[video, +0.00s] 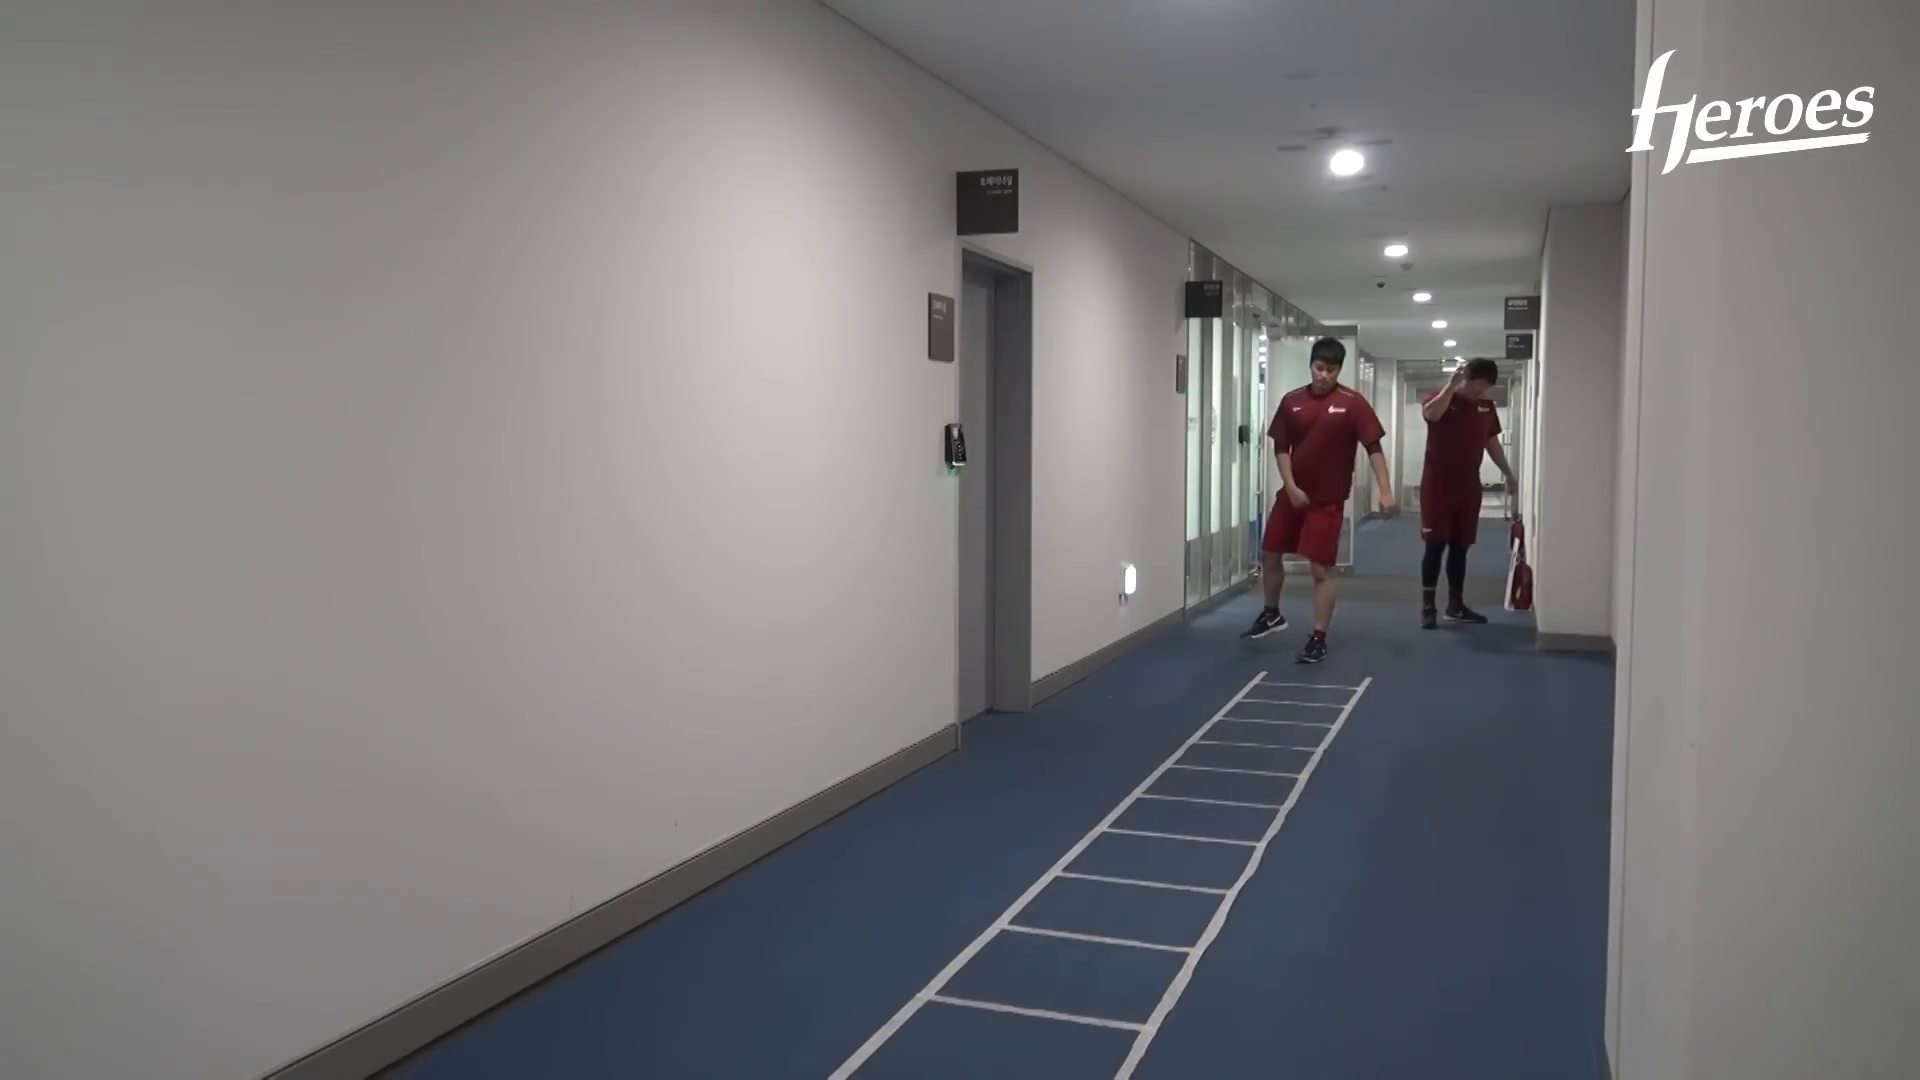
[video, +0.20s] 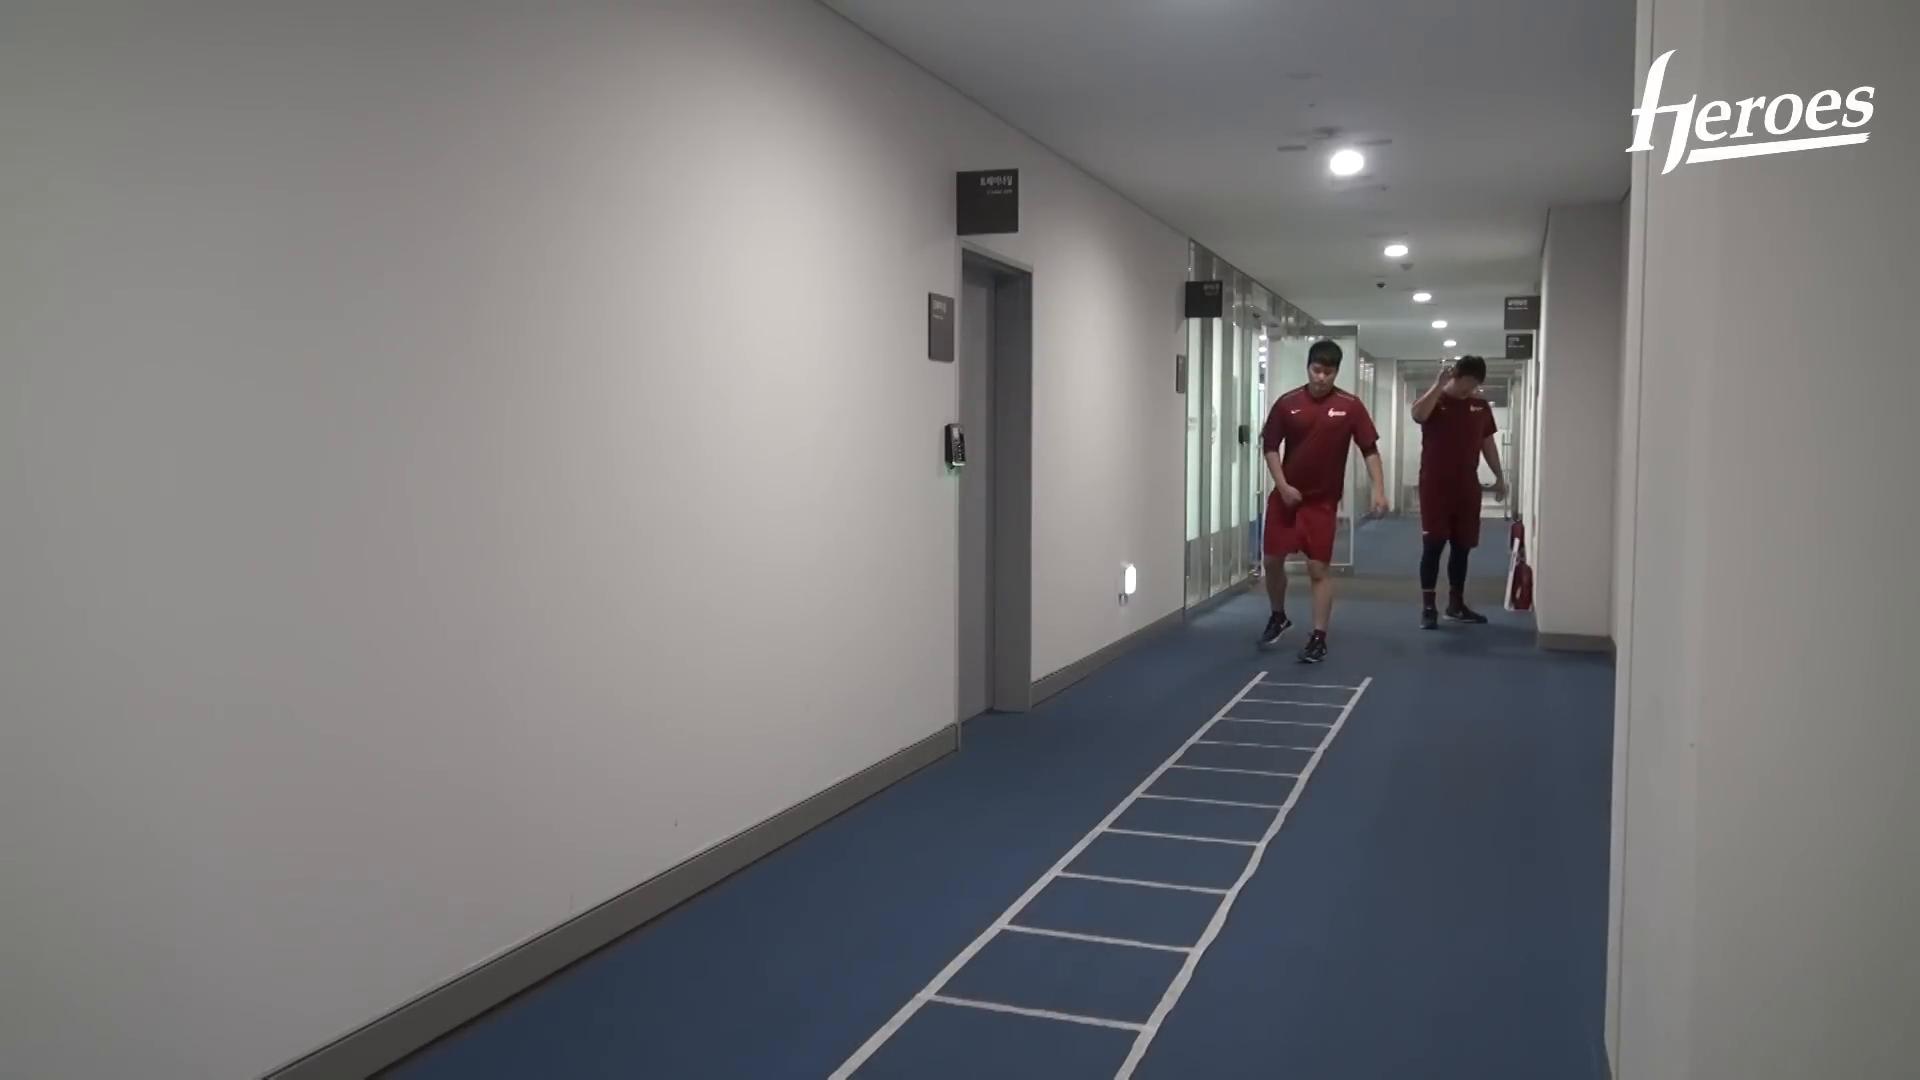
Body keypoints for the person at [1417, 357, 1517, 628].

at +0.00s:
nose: (1484, 392)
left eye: (1487, 388)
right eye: (1482, 386)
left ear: (1487, 386)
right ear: (1469, 378)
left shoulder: (1485, 406)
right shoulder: (1437, 397)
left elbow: (1492, 444)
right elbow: (1432, 415)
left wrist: (1508, 473)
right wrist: (1452, 387)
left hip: (1468, 486)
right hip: (1437, 485)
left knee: (1460, 547)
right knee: (1435, 545)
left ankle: (1455, 605)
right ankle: (1429, 607)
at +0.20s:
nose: (1471, 390)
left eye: (1475, 386)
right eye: (1469, 383)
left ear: (1478, 384)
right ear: (1457, 376)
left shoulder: (1479, 406)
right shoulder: (1432, 400)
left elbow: (1487, 444)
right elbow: (1418, 415)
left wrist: (1499, 476)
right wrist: (1439, 385)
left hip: (1467, 486)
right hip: (1435, 486)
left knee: (1462, 546)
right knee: (1434, 543)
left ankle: (1456, 605)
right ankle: (1429, 607)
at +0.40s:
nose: (1457, 388)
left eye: (1462, 384)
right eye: (1455, 382)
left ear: (1466, 382)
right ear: (1442, 376)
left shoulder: (1470, 404)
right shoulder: (1420, 401)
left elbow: (1480, 442)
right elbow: (1405, 414)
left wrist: (1490, 475)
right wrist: (1424, 384)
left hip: (1461, 485)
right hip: (1427, 486)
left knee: (1470, 544)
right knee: (1427, 544)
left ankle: (1459, 599)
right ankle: (1428, 607)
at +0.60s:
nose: (1449, 387)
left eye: (1454, 382)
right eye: (1446, 381)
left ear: (1458, 381)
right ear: (1434, 375)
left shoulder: (1463, 403)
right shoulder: (1413, 401)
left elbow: (1474, 441)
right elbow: (1395, 412)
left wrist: (1484, 475)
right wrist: (1416, 384)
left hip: (1458, 486)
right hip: (1423, 487)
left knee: (1472, 545)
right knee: (1425, 547)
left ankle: (1463, 599)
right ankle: (1428, 607)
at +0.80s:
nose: (1443, 386)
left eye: (1448, 382)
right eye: (1440, 381)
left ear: (1453, 380)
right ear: (1428, 375)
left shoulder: (1462, 403)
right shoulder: (1409, 402)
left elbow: (1474, 440)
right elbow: (1387, 411)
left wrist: (1484, 476)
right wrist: (1410, 384)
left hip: (1456, 488)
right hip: (1421, 489)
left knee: (1461, 549)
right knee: (1425, 549)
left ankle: (1462, 612)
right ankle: (1428, 610)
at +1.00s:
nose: (1437, 387)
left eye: (1442, 383)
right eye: (1434, 382)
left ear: (1452, 381)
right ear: (1426, 377)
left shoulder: (1463, 405)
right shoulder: (1410, 403)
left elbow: (1478, 442)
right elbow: (1384, 412)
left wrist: (1487, 478)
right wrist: (1408, 386)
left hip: (1453, 489)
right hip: (1419, 489)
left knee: (1451, 550)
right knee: (1424, 550)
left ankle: (1452, 612)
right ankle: (1428, 609)